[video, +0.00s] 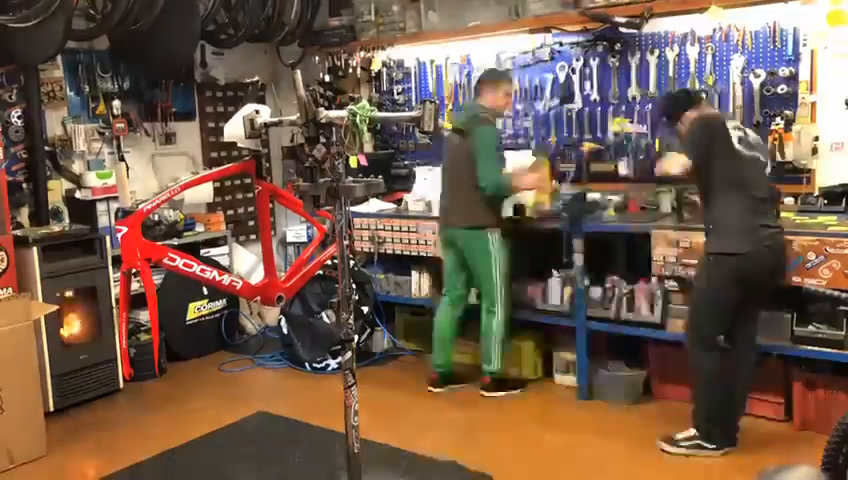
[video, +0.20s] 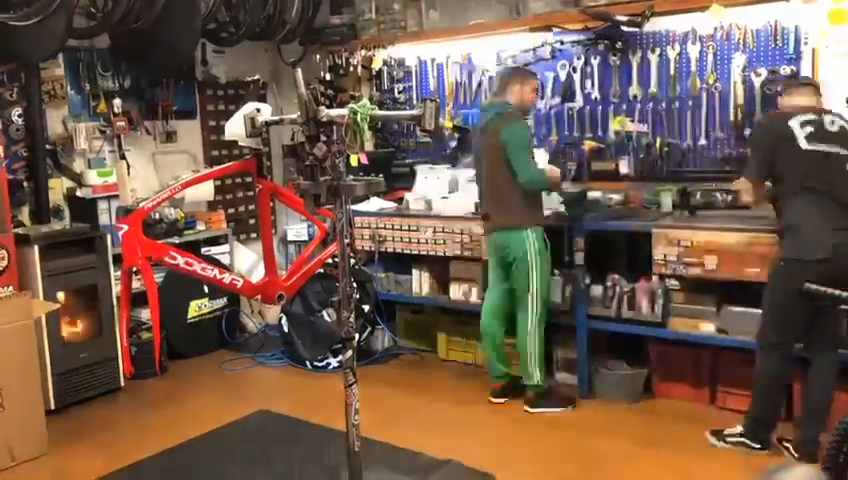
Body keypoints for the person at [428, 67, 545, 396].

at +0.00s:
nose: (509, 103)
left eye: (510, 96)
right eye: (507, 95)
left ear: (480, 92)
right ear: (492, 93)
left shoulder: (459, 126)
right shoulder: (484, 129)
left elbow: (462, 179)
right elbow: (491, 183)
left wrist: (512, 178)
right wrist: (524, 181)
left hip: (451, 224)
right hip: (479, 227)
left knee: (452, 296)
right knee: (495, 301)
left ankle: (441, 370)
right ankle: (492, 375)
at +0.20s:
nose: (534, 99)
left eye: (535, 92)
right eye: (532, 91)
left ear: (509, 89)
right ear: (516, 88)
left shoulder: (487, 125)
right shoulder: (513, 124)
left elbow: (491, 179)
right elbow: (528, 176)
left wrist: (538, 175)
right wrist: (552, 178)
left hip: (497, 228)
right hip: (523, 229)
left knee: (494, 303)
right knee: (532, 306)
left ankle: (501, 379)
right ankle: (536, 388)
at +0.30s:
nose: (506, 95)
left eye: (507, 89)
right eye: (502, 88)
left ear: (484, 88)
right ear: (481, 87)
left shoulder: (482, 130)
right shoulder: (471, 131)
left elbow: (509, 174)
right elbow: (478, 183)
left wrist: (545, 152)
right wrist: (530, 182)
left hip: (497, 235)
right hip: (486, 238)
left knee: (492, 316)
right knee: (482, 322)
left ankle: (492, 382)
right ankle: (480, 404)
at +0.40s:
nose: (505, 88)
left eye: (521, 72)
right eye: (494, 74)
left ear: (556, 72)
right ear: (483, 76)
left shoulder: (602, 171)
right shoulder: (450, 166)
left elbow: (637, 285)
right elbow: (408, 279)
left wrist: (564, 319)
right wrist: (464, 308)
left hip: (560, 405)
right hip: (472, 403)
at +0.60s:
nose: (551, 160)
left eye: (559, 151)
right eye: (544, 150)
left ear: (570, 149)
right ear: (526, 139)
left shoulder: (565, 173)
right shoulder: (486, 177)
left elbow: (561, 206)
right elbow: (453, 234)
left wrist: (587, 227)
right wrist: (461, 295)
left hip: (530, 259)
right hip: (481, 261)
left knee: (543, 338)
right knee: (481, 342)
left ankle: (538, 421)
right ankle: (465, 416)